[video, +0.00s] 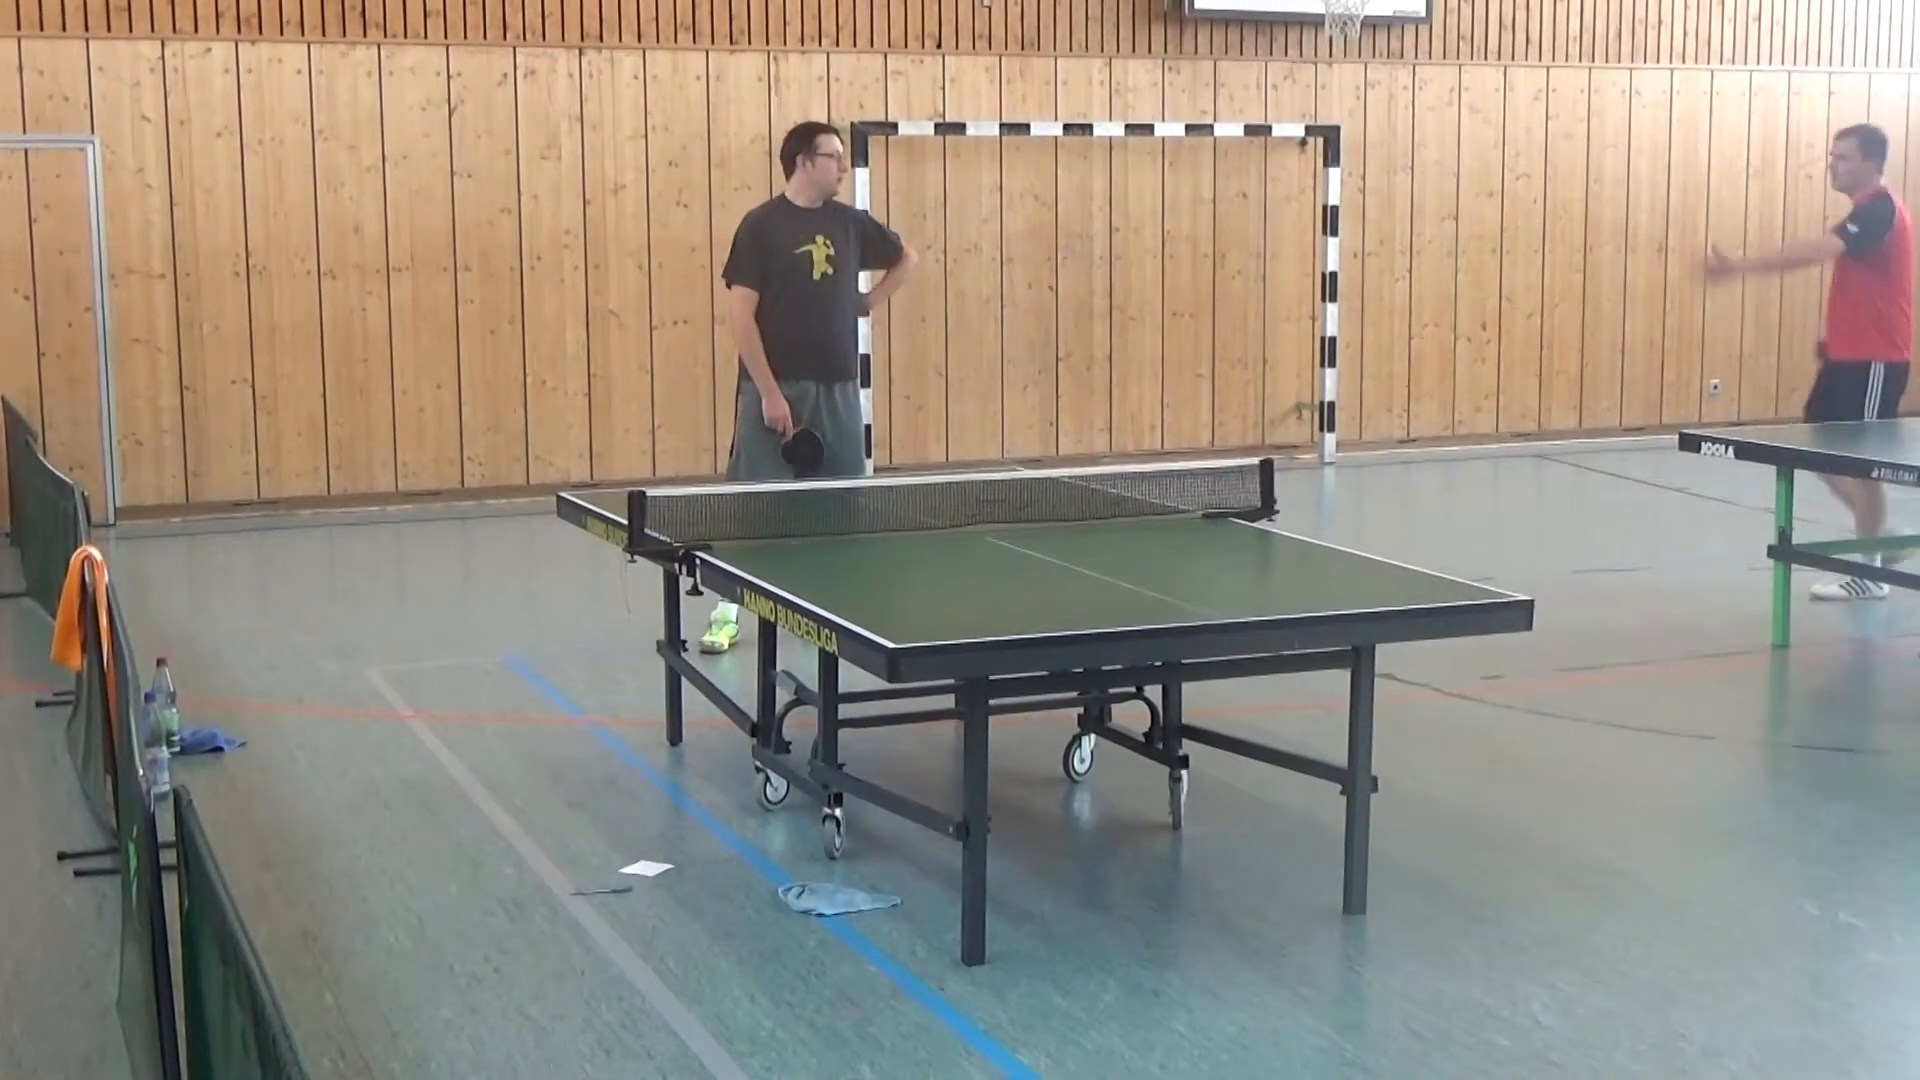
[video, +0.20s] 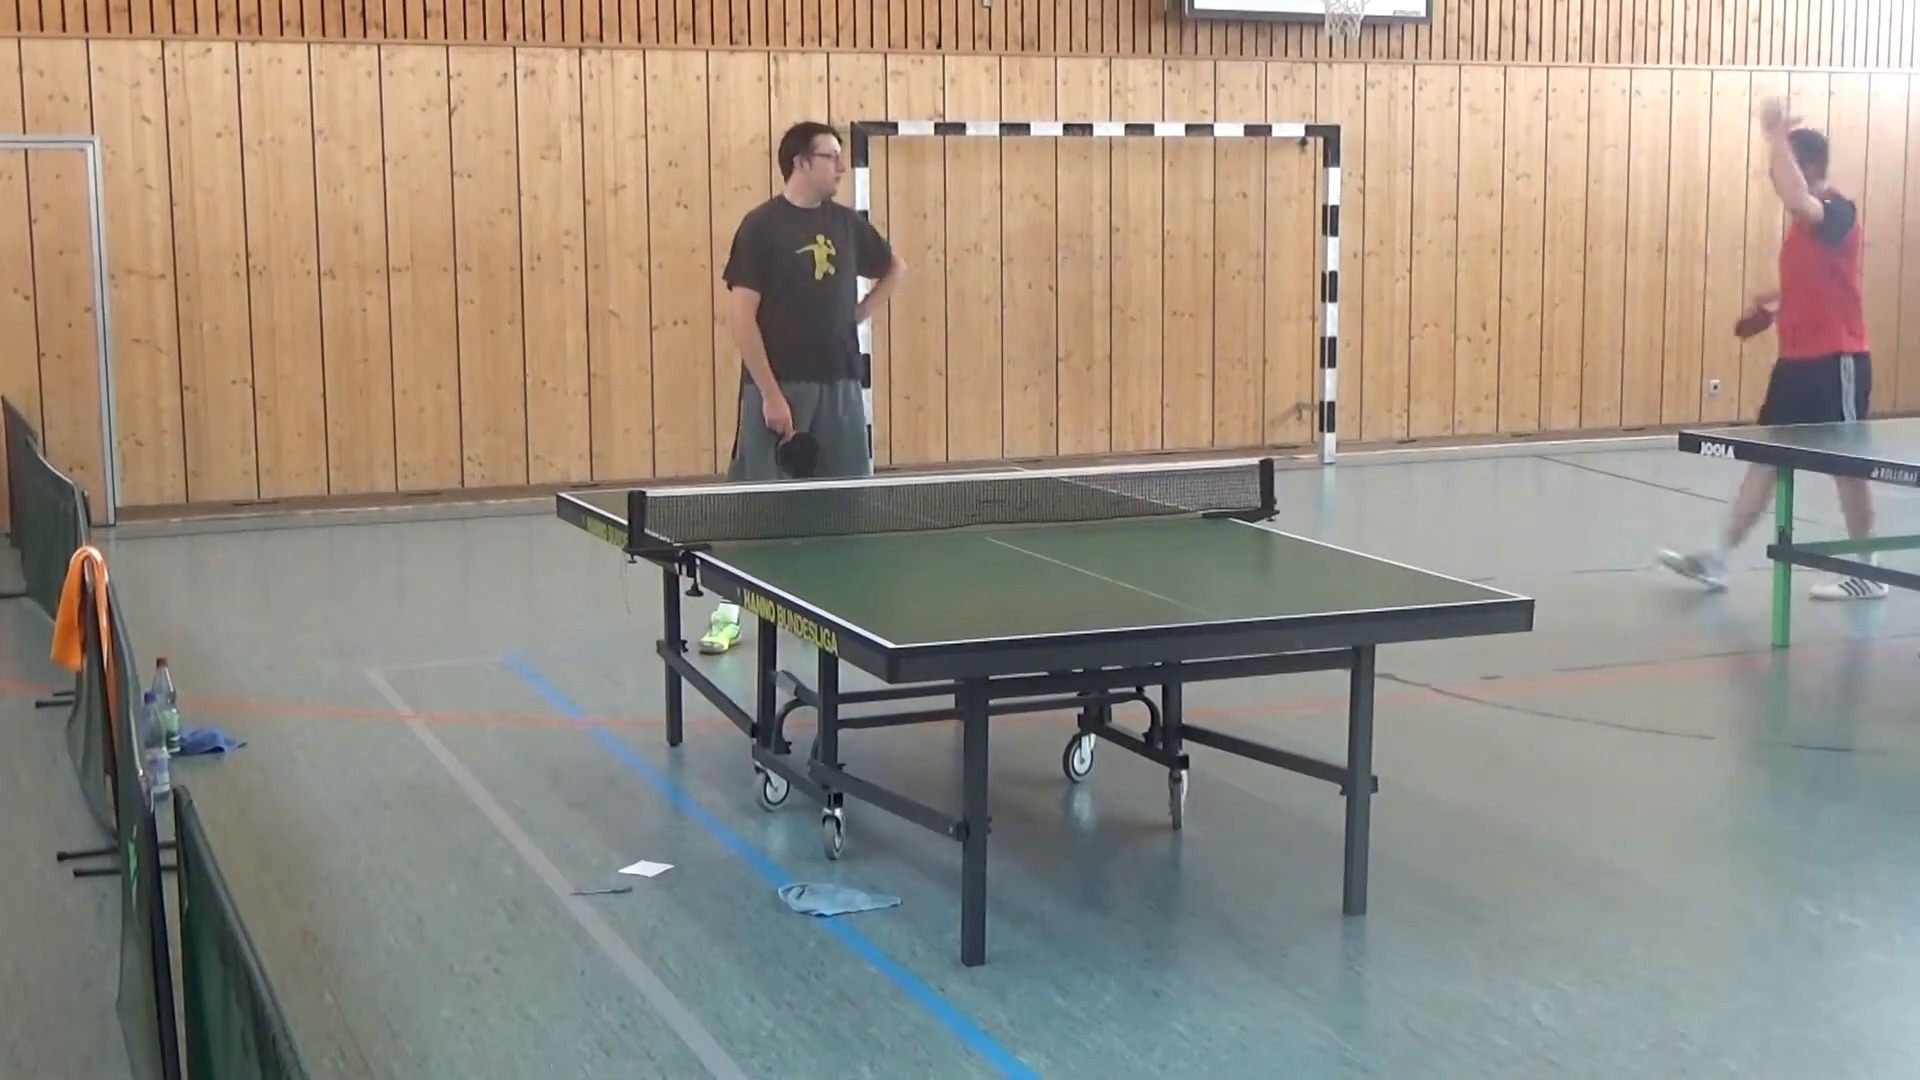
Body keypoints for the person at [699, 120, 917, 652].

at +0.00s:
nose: (843, 167)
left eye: (843, 158)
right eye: (833, 158)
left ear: (830, 166)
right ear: (801, 164)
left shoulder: (850, 222)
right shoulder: (759, 226)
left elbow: (905, 258)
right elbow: (739, 316)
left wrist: (870, 302)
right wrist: (769, 392)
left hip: (837, 389)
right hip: (771, 391)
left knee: (847, 508)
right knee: (751, 506)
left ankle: (845, 614)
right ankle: (728, 608)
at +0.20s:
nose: (841, 166)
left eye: (840, 158)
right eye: (830, 157)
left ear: (828, 167)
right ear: (798, 164)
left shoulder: (848, 224)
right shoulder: (759, 226)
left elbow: (893, 269)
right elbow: (741, 319)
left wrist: (859, 314)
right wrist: (770, 393)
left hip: (840, 388)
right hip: (776, 388)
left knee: (848, 506)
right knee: (754, 504)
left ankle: (848, 613)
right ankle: (729, 608)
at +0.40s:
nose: (838, 166)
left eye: (838, 157)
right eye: (828, 157)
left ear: (828, 166)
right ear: (796, 164)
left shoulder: (847, 222)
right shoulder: (759, 226)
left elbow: (889, 268)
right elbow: (739, 317)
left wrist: (857, 314)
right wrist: (767, 394)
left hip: (839, 387)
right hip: (777, 388)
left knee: (848, 504)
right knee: (755, 503)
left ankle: (847, 611)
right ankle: (730, 606)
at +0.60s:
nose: (838, 167)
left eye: (838, 158)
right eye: (828, 158)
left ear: (824, 166)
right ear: (795, 164)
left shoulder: (846, 222)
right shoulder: (757, 226)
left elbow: (889, 269)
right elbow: (735, 317)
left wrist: (857, 315)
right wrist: (759, 396)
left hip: (838, 388)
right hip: (776, 389)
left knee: (844, 507)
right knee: (750, 503)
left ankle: (844, 614)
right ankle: (729, 607)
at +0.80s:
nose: (834, 167)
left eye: (835, 158)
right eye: (824, 158)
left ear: (830, 166)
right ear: (792, 164)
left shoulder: (846, 223)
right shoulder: (755, 227)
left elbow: (890, 268)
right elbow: (732, 319)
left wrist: (858, 316)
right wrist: (755, 395)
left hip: (837, 390)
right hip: (773, 391)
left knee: (843, 509)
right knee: (748, 505)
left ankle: (841, 615)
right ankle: (727, 609)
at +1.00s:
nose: (829, 167)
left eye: (831, 159)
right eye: (817, 159)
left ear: (834, 165)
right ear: (787, 164)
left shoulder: (846, 223)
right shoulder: (754, 228)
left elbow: (896, 268)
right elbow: (731, 319)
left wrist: (857, 317)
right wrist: (754, 397)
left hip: (837, 391)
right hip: (771, 392)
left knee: (843, 509)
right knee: (746, 505)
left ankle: (843, 614)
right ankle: (728, 609)